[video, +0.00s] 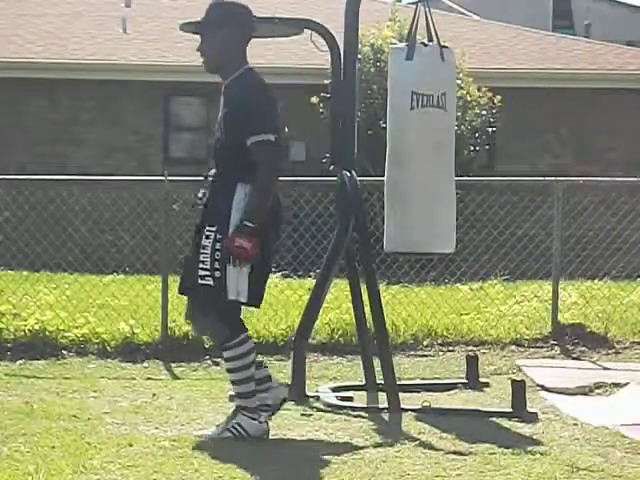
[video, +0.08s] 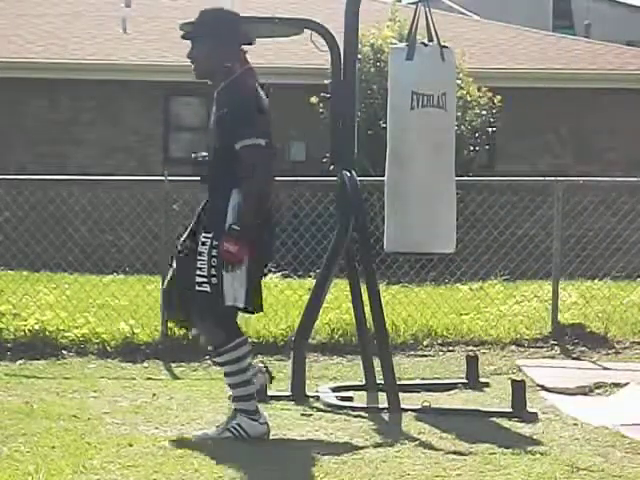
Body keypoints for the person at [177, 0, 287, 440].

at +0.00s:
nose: (199, 46)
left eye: (206, 37)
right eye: (200, 37)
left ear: (232, 39)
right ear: (226, 40)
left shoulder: (250, 89)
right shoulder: (235, 88)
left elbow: (267, 165)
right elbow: (237, 162)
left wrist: (251, 227)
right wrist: (215, 210)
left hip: (235, 218)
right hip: (220, 216)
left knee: (216, 311)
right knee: (205, 311)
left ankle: (253, 411)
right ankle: (262, 389)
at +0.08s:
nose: (189, 54)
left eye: (196, 45)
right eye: (190, 45)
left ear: (222, 47)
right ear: (224, 47)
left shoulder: (241, 94)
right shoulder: (230, 91)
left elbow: (255, 169)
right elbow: (227, 172)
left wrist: (239, 231)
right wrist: (200, 225)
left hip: (229, 219)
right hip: (217, 216)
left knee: (209, 309)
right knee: (190, 299)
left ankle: (249, 418)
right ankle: (250, 374)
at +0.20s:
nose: (183, 45)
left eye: (190, 36)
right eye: (184, 36)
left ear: (213, 40)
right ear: (211, 41)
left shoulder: (230, 87)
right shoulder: (216, 86)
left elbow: (246, 158)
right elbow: (227, 153)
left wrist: (227, 221)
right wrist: (198, 173)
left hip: (223, 215)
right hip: (200, 213)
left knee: (222, 315)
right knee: (168, 298)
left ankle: (250, 414)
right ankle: (216, 385)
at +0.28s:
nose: (179, 41)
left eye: (188, 32)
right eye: (180, 33)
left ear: (214, 37)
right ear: (204, 38)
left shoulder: (226, 84)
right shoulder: (211, 84)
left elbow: (240, 153)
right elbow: (211, 156)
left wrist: (220, 217)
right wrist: (188, 208)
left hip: (219, 209)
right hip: (193, 207)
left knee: (223, 309)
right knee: (169, 304)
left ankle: (250, 413)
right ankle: (200, 404)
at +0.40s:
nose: (166, 46)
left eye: (173, 37)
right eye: (167, 37)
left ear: (199, 39)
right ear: (194, 39)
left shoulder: (214, 87)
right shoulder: (202, 87)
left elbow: (232, 161)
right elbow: (209, 159)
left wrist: (209, 222)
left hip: (204, 216)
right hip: (184, 215)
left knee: (206, 317)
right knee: (175, 320)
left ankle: (247, 413)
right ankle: (202, 413)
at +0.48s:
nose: (157, 58)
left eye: (161, 47)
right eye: (156, 48)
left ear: (187, 45)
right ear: (180, 46)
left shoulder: (206, 93)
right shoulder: (193, 93)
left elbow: (223, 168)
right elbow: (198, 167)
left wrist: (202, 226)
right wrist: (177, 221)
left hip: (195, 218)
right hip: (182, 215)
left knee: (167, 313)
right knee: (169, 313)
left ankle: (225, 394)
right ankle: (203, 410)